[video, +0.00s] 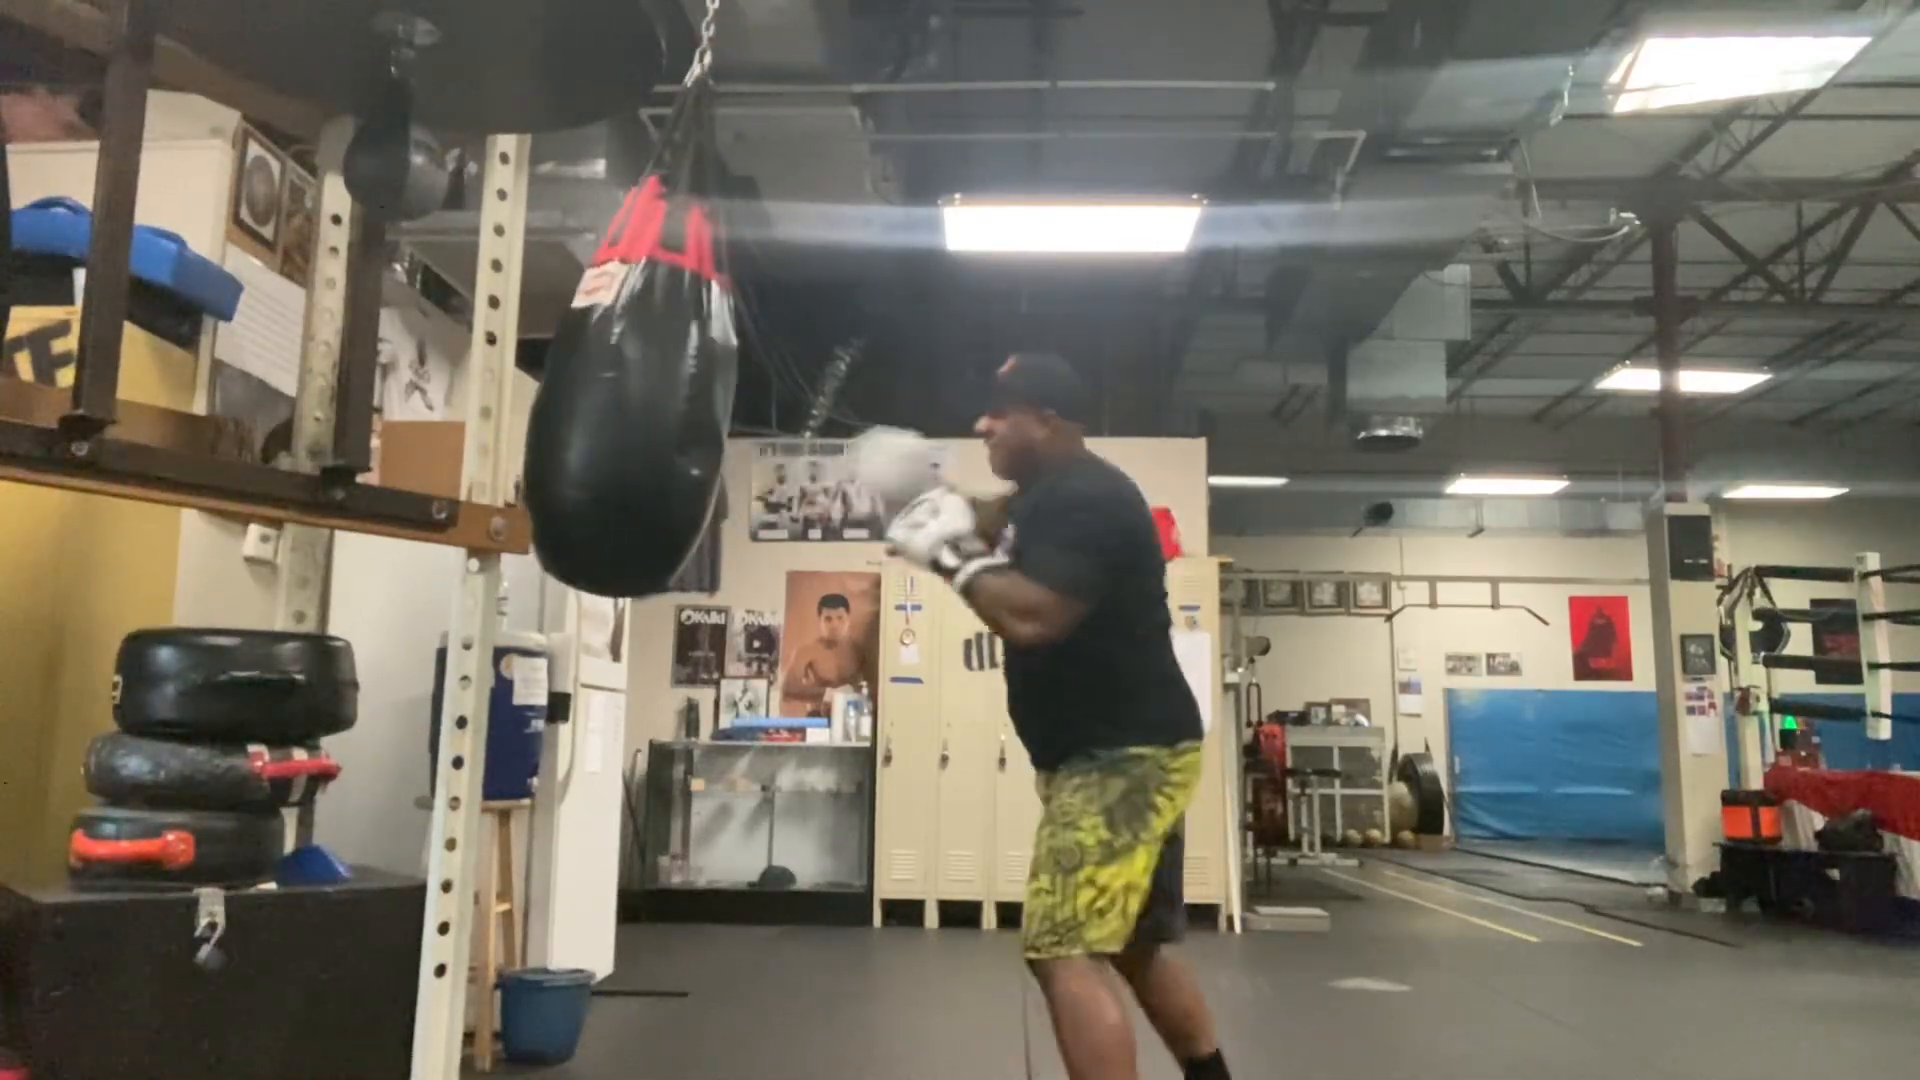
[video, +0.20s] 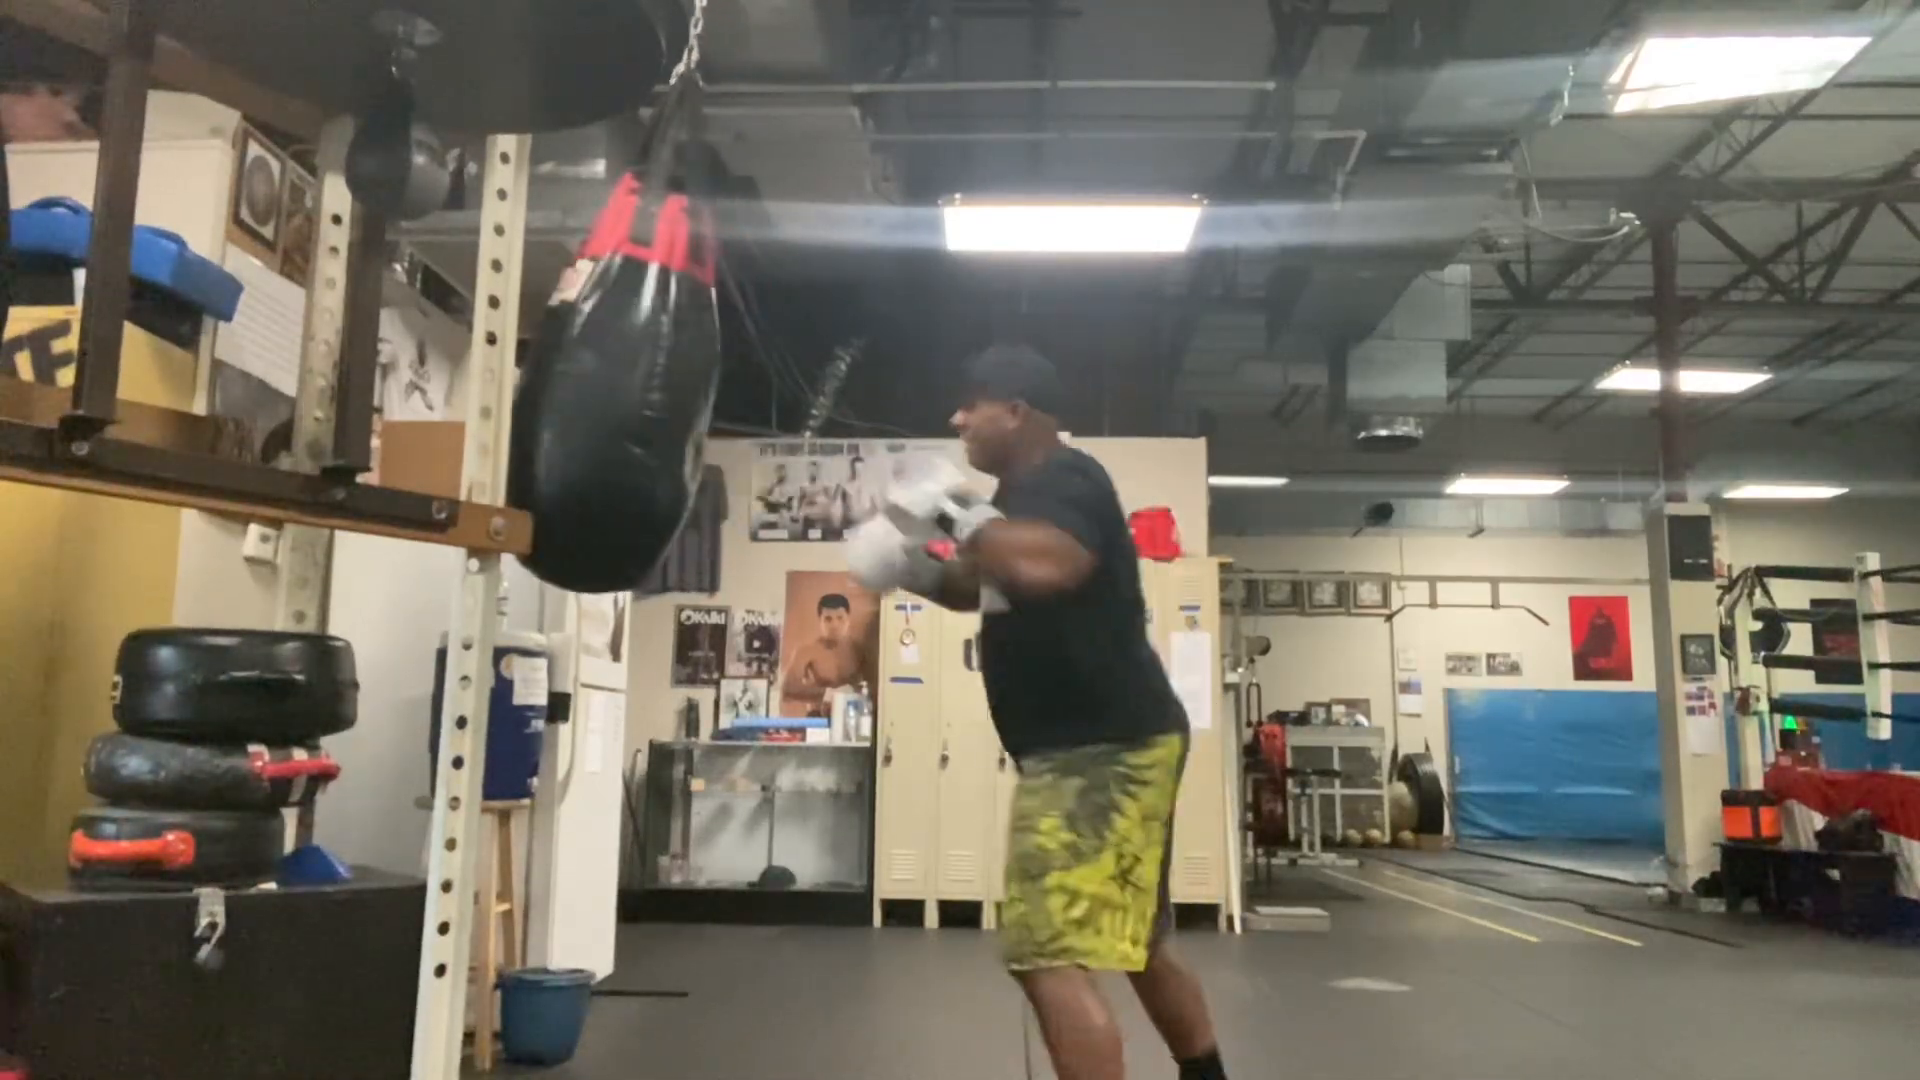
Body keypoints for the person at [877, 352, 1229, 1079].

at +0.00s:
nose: (985, 427)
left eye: (999, 413)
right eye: (990, 412)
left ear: (1047, 423)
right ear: (1048, 425)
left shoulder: (1089, 498)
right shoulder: (1052, 495)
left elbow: (1034, 619)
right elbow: (983, 522)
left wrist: (954, 556)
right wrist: (917, 492)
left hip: (1121, 754)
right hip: (1103, 753)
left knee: (1061, 947)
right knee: (1136, 946)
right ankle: (1211, 1073)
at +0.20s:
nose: (959, 420)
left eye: (972, 406)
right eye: (962, 406)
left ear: (1021, 413)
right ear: (1015, 416)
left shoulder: (1065, 479)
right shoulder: (1018, 496)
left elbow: (1051, 564)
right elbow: (969, 588)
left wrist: (963, 519)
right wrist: (914, 568)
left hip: (1093, 748)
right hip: (1114, 744)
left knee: (1046, 953)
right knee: (1142, 946)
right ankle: (1206, 1074)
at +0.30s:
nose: (949, 446)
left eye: (957, 431)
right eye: (949, 432)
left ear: (1002, 425)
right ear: (1033, 427)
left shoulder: (997, 478)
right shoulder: (1096, 487)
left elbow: (860, 492)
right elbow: (1062, 593)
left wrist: (761, 476)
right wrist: (965, 596)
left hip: (1072, 738)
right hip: (1149, 734)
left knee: (989, 954)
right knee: (1124, 930)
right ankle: (1182, 1074)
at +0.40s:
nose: (944, 441)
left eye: (950, 427)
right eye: (945, 427)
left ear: (984, 426)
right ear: (1031, 431)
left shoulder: (974, 490)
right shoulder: (1096, 502)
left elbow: (835, 541)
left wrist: (767, 505)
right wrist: (908, 498)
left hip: (1053, 759)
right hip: (1132, 750)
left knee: (983, 973)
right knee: (1116, 940)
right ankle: (1182, 1075)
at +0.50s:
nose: (923, 419)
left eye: (936, 404)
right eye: (927, 404)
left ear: (981, 413)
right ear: (989, 415)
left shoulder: (1011, 487)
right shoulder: (1035, 479)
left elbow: (983, 608)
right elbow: (978, 542)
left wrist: (905, 570)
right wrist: (915, 503)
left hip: (1051, 744)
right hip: (1098, 737)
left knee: (962, 936)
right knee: (1104, 930)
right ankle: (1181, 1072)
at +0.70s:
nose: (912, 413)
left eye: (926, 399)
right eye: (917, 399)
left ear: (970, 409)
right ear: (976, 411)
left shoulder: (1005, 484)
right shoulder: (1002, 477)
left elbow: (951, 576)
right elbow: (956, 565)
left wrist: (872, 531)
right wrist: (891, 522)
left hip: (1024, 746)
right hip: (1076, 740)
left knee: (946, 948)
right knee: (1088, 940)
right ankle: (1166, 1072)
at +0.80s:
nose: (907, 439)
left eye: (915, 425)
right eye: (910, 425)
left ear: (951, 425)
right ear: (989, 429)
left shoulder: (927, 481)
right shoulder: (1058, 499)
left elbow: (784, 497)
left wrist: (692, 470)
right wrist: (911, 582)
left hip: (1006, 748)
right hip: (1093, 742)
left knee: (920, 959)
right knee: (1071, 936)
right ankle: (1139, 1073)